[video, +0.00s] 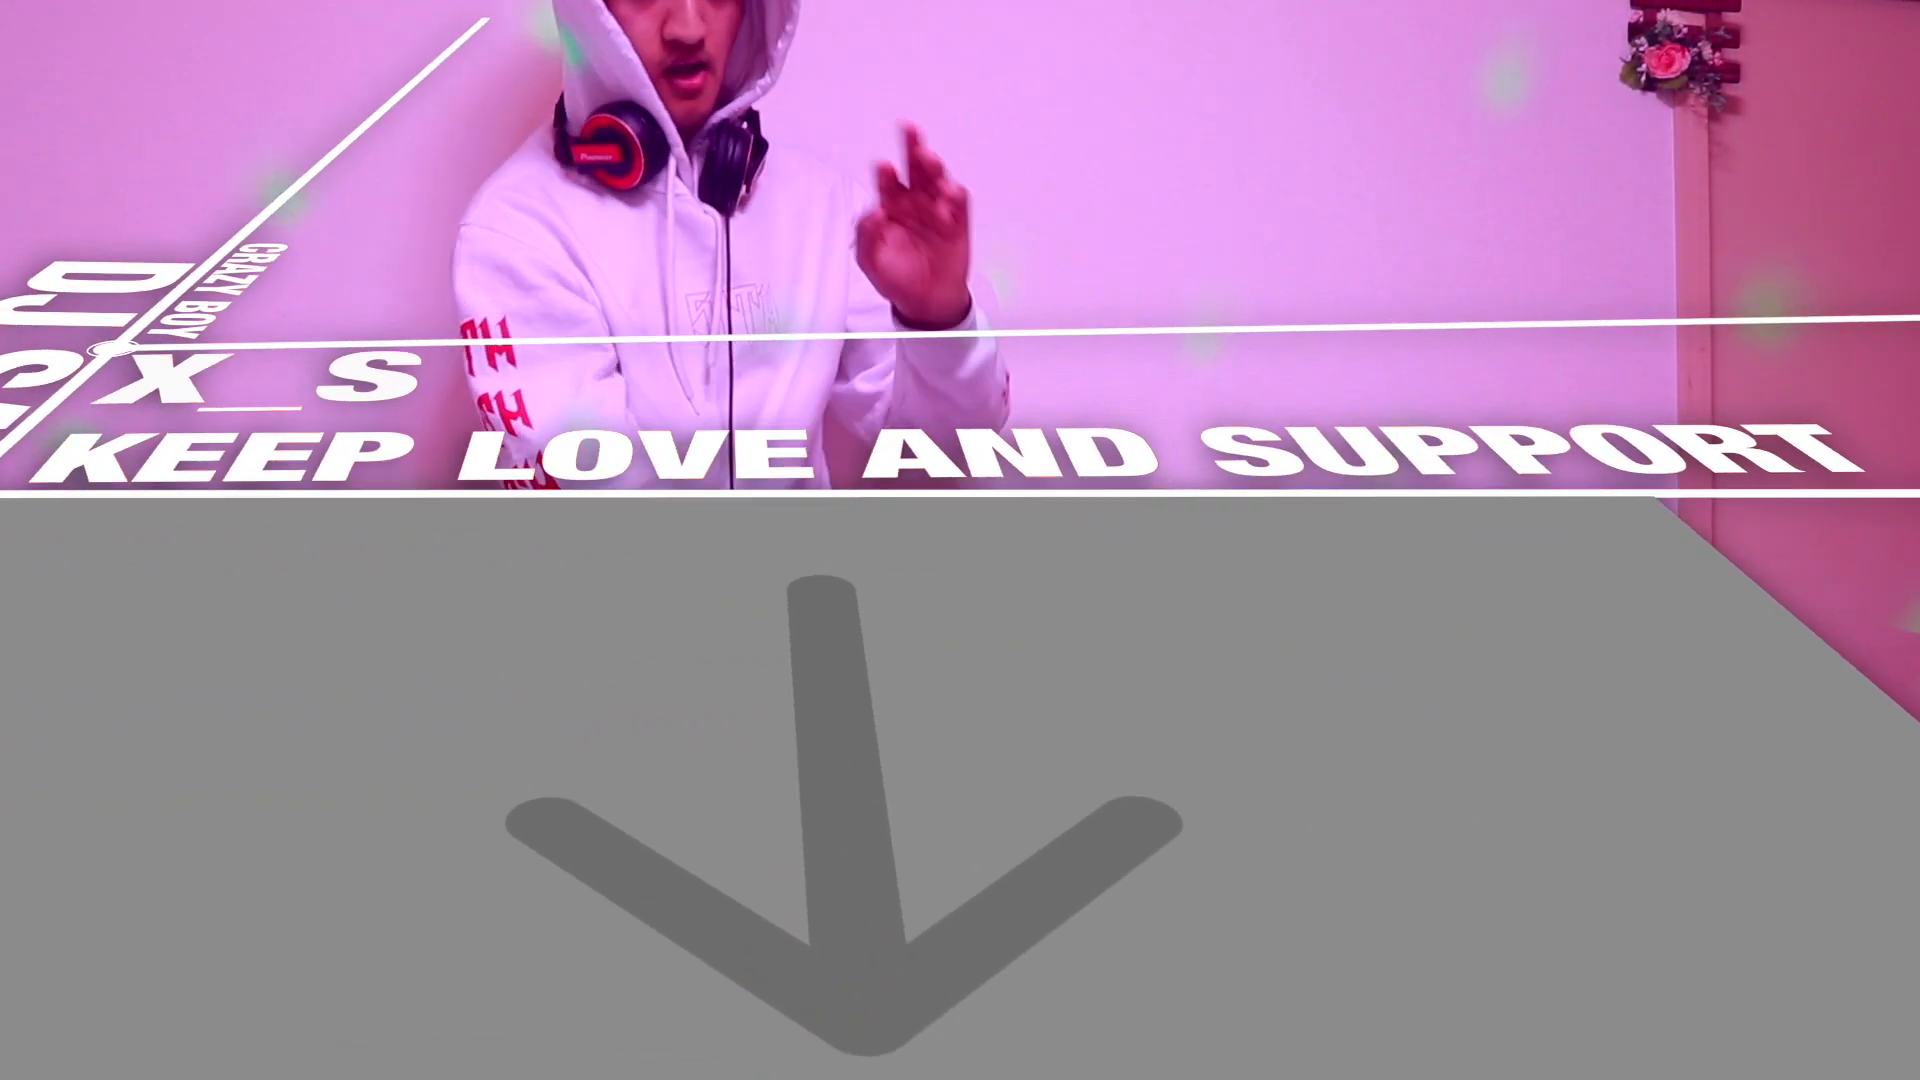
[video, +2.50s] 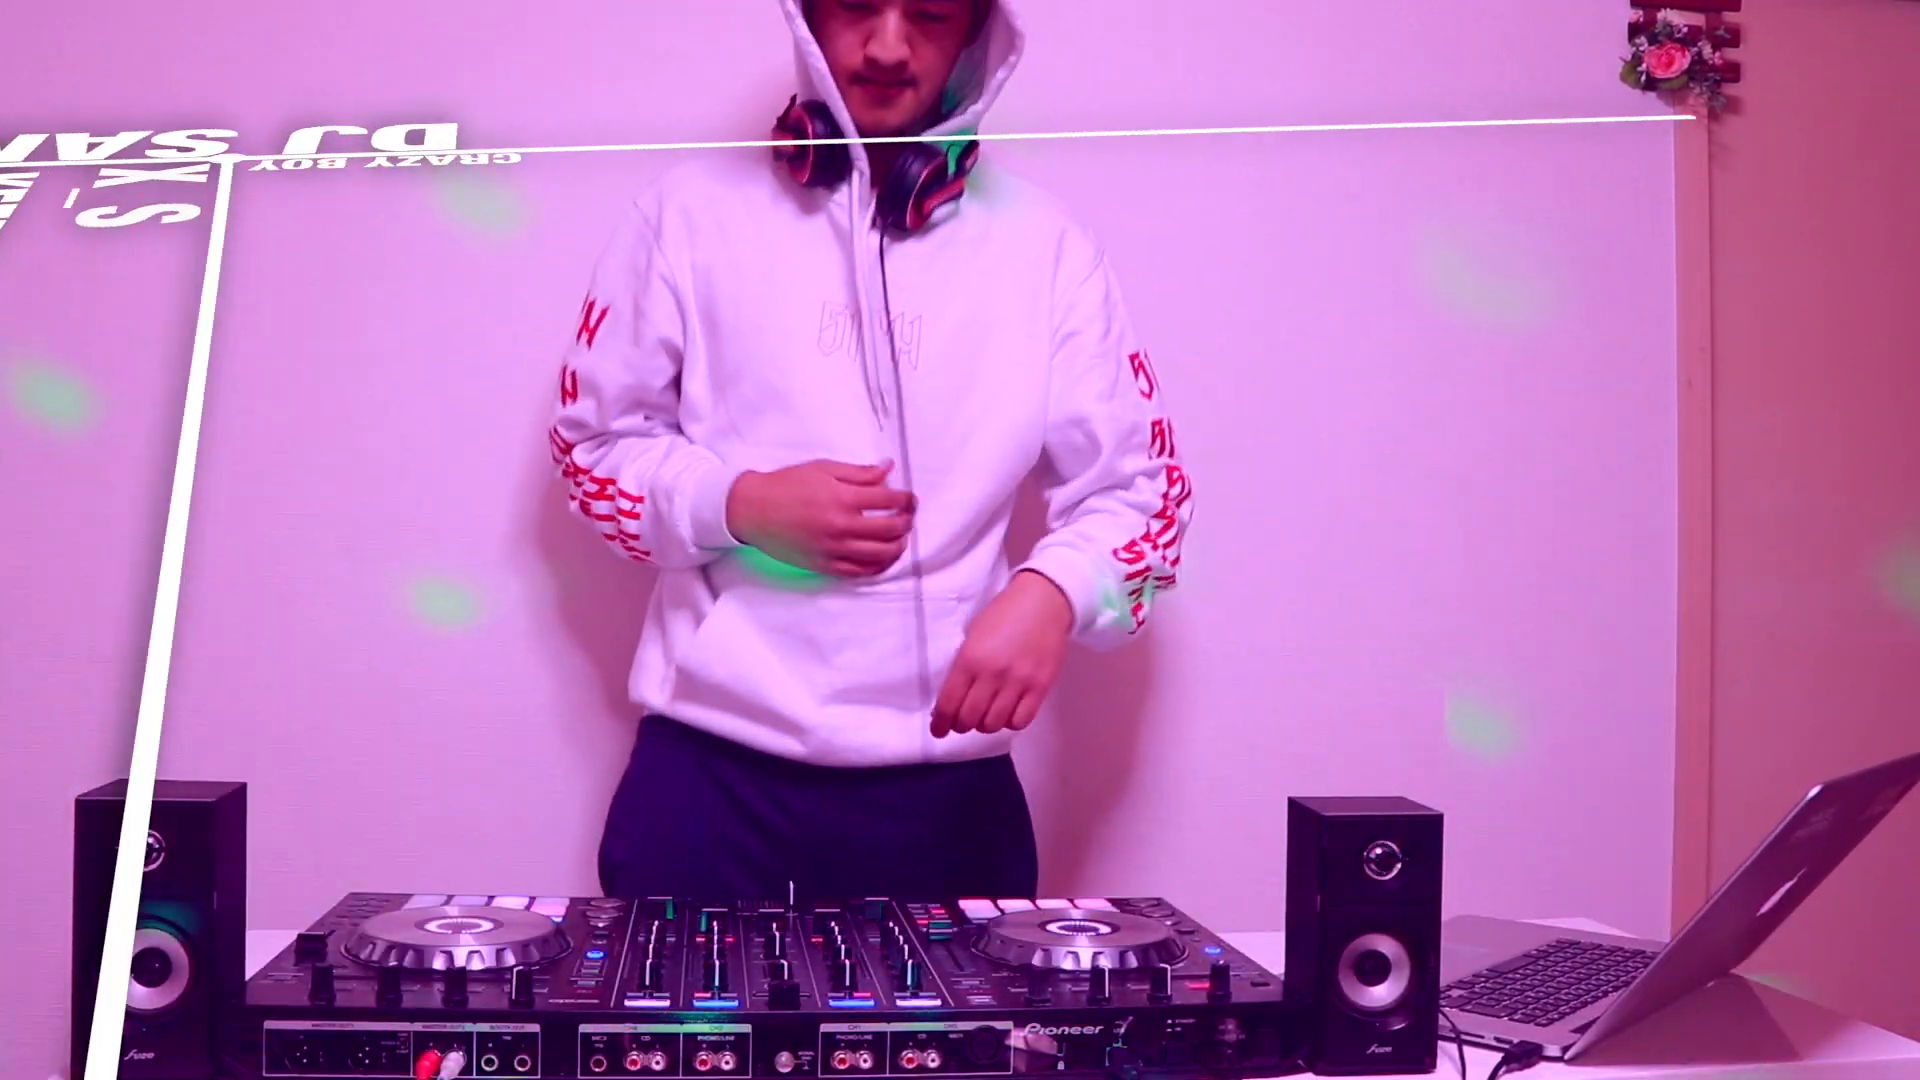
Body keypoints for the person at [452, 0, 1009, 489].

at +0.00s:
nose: (687, 30)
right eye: (646, 1)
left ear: (748, 13)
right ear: (585, 17)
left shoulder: (831, 206)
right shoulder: (518, 221)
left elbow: (935, 478)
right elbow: (581, 476)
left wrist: (938, 322)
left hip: (807, 574)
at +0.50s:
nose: (875, 57)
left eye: (914, 20)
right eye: (844, 14)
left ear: (962, 28)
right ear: (788, 18)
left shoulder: (1032, 225)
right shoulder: (671, 203)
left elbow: (1098, 480)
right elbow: (549, 437)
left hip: (952, 595)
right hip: (714, 587)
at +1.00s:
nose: (830, 73)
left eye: (867, 38)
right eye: (797, 37)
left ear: (922, 45)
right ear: (751, 43)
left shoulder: (1025, 228)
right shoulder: (674, 219)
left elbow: (1164, 473)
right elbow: (478, 231)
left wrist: (1248, 407)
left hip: (983, 618)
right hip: (735, 611)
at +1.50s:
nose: (627, 42)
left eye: (659, 7)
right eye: (592, 6)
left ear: (698, 12)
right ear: (531, 7)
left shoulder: (774, 183)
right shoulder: (427, 200)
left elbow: (863, 417)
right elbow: (411, 458)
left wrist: (1013, 296)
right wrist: (680, 479)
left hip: (744, 590)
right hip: (516, 595)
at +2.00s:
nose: (676, 14)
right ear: (589, 3)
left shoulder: (853, 190)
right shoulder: (476, 191)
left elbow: (967, 424)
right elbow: (375, 421)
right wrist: (491, 390)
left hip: (768, 601)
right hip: (517, 593)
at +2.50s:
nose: (887, 49)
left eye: (926, 15)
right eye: (854, 11)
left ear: (971, 29)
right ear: (809, 20)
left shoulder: (1043, 249)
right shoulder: (693, 216)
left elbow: (1138, 488)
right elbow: (597, 447)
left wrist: (1052, 590)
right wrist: (742, 506)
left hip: (947, 798)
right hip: (714, 788)